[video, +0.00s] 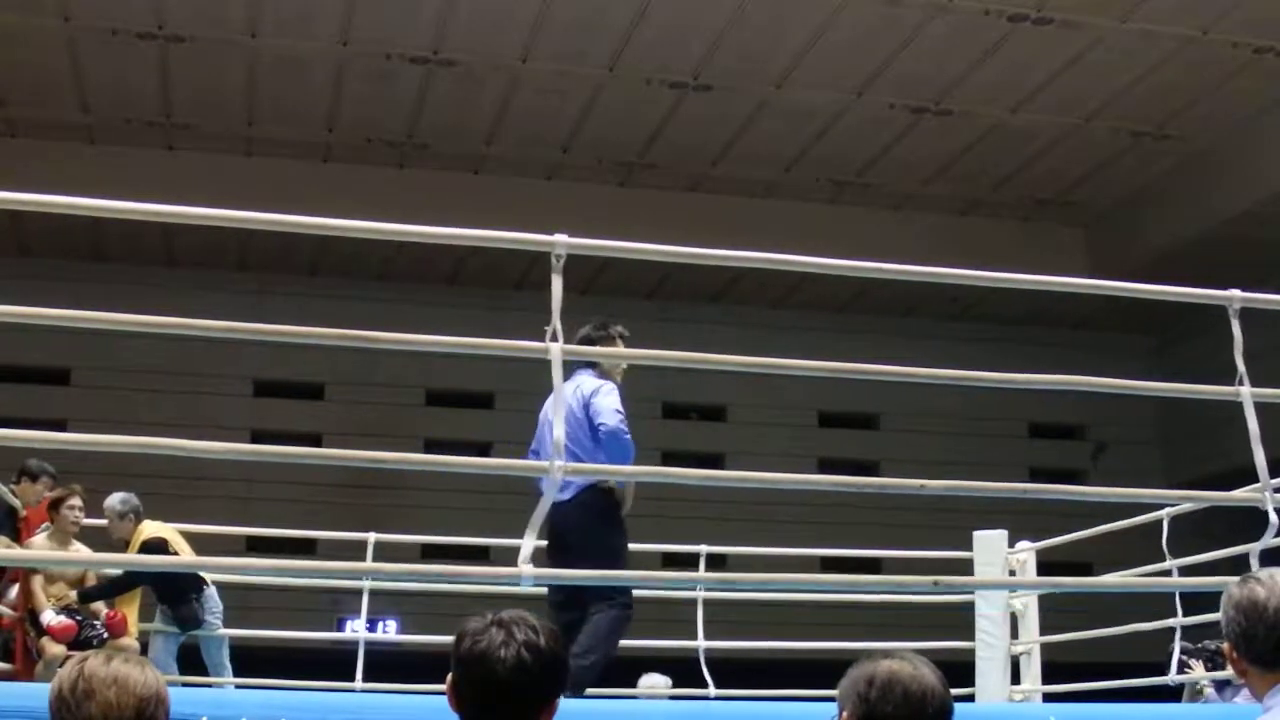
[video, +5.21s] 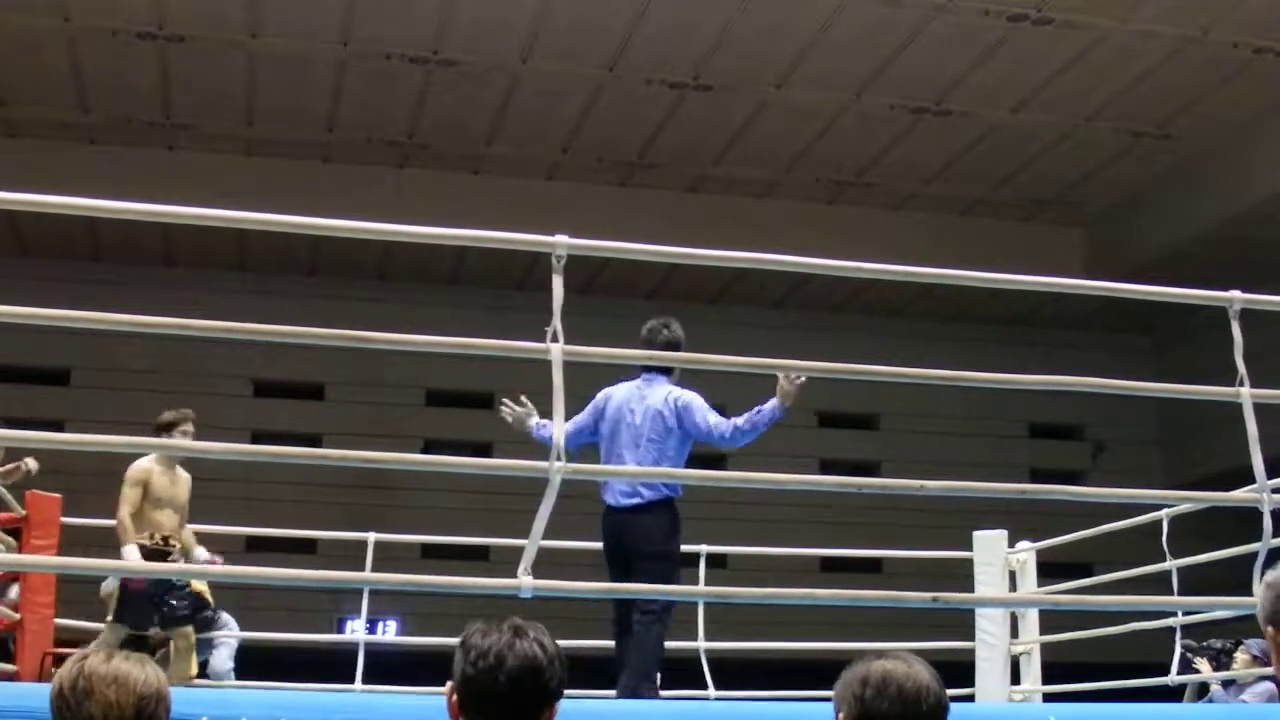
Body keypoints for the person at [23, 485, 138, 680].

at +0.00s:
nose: (77, 515)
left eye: (81, 510)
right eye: (70, 509)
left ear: (84, 514)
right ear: (54, 513)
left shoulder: (85, 552)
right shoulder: (35, 545)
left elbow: (91, 593)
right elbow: (36, 587)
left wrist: (106, 615)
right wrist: (50, 618)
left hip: (78, 614)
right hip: (43, 612)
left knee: (129, 647)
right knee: (55, 652)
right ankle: (37, 706)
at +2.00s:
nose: (86, 522)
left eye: (89, 517)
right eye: (80, 516)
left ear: (93, 519)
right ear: (63, 516)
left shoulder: (92, 552)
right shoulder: (41, 545)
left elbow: (94, 594)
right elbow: (33, 588)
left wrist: (106, 614)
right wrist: (51, 620)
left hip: (81, 614)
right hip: (46, 612)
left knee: (128, 646)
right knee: (56, 652)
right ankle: (33, 700)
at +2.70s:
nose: (114, 483)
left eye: (117, 477)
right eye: (108, 476)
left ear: (118, 480)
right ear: (90, 478)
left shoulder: (114, 511)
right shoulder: (65, 511)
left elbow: (112, 559)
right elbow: (54, 562)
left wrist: (121, 595)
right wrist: (60, 606)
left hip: (92, 590)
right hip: (59, 587)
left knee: (125, 645)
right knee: (51, 648)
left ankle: (109, 706)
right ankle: (24, 699)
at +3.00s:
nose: (106, 451)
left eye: (109, 445)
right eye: (100, 445)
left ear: (110, 447)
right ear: (83, 446)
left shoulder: (110, 484)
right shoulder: (55, 481)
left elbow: (111, 530)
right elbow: (38, 529)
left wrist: (120, 566)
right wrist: (44, 569)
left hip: (96, 561)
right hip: (60, 559)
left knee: (112, 639)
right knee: (45, 640)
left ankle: (110, 709)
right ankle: (25, 702)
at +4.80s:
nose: (112, 434)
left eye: (115, 428)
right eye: (106, 428)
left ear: (119, 433)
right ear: (88, 431)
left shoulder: (121, 469)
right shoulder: (65, 469)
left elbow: (124, 518)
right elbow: (54, 517)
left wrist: (131, 553)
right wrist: (73, 549)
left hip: (118, 550)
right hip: (83, 550)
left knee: (135, 629)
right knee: (67, 634)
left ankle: (145, 700)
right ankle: (54, 703)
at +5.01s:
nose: (144, 439)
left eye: (147, 434)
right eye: (138, 433)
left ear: (148, 437)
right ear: (120, 433)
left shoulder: (147, 474)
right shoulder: (94, 470)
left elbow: (145, 523)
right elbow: (80, 516)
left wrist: (155, 562)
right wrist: (105, 537)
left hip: (136, 567)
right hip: (101, 566)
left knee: (159, 636)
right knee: (77, 637)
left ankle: (160, 707)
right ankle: (54, 704)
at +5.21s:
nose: (190, 441)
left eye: (192, 435)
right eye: (184, 434)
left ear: (191, 440)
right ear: (165, 435)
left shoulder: (184, 478)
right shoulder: (141, 469)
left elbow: (181, 525)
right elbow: (123, 515)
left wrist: (200, 555)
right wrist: (133, 560)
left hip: (174, 565)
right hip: (142, 562)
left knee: (185, 640)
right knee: (113, 635)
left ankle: (178, 711)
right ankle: (74, 690)